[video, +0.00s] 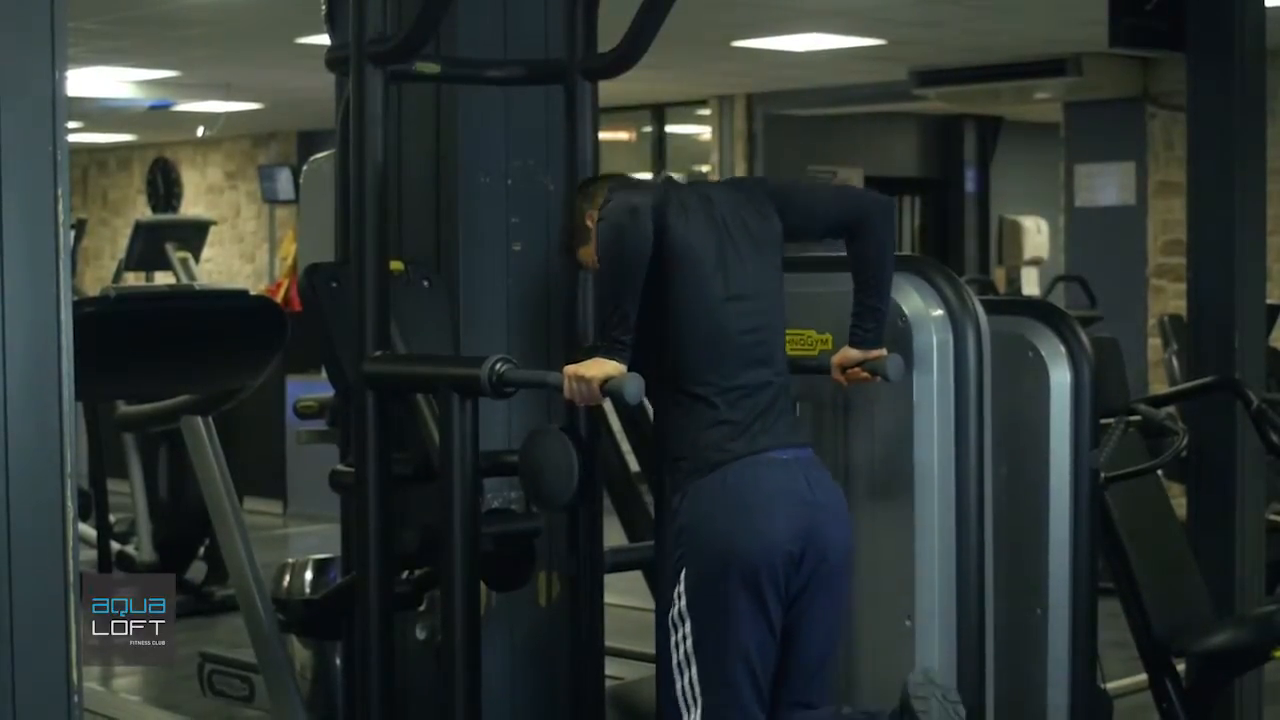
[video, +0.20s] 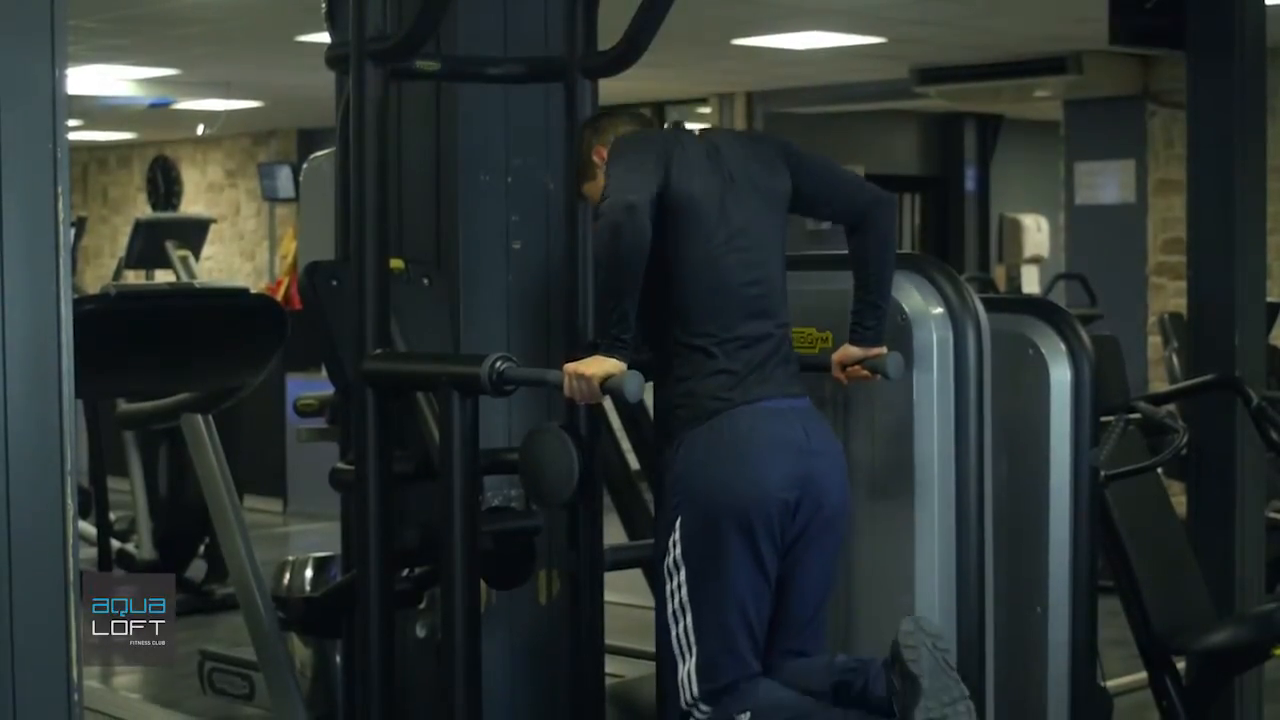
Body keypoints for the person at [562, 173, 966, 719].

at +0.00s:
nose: (599, 268)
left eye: (591, 258)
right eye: (591, 264)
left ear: (597, 220)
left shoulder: (628, 202)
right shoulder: (752, 197)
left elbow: (631, 215)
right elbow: (871, 208)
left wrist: (612, 349)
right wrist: (867, 337)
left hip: (720, 497)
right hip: (806, 478)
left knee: (717, 705)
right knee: (806, 705)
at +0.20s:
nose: (598, 201)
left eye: (592, 187)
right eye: (591, 192)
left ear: (606, 154)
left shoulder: (639, 149)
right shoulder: (762, 152)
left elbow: (625, 212)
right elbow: (873, 206)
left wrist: (610, 346)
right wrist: (868, 335)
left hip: (720, 447)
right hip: (805, 431)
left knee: (714, 694)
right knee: (786, 664)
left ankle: (887, 703)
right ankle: (888, 683)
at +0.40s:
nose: (606, 146)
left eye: (600, 131)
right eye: (600, 139)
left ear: (609, 96)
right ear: (666, 74)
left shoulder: (640, 108)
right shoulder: (769, 111)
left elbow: (631, 206)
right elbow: (864, 200)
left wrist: (611, 339)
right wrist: (868, 330)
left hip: (720, 399)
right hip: (807, 388)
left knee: (705, 654)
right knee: (779, 617)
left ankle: (893, 701)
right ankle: (880, 635)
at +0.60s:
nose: (613, 104)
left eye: (606, 89)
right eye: (605, 96)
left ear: (619, 50)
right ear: (674, 29)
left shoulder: (646, 69)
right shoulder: (781, 77)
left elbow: (635, 194)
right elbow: (853, 193)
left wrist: (615, 333)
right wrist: (867, 321)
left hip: (718, 360)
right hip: (807, 353)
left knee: (698, 613)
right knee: (774, 585)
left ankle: (888, 646)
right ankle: (869, 577)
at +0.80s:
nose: (615, 93)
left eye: (609, 80)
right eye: (607, 86)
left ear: (621, 42)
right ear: (674, 22)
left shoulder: (651, 67)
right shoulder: (782, 73)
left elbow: (637, 192)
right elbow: (857, 188)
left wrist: (613, 329)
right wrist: (866, 317)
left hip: (719, 356)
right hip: (809, 348)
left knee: (694, 611)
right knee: (769, 580)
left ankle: (883, 636)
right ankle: (865, 569)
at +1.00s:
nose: (610, 144)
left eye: (603, 129)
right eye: (602, 136)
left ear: (616, 91)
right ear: (669, 69)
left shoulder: (642, 103)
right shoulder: (776, 103)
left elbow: (627, 200)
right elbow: (871, 190)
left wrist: (613, 333)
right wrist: (870, 321)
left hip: (718, 392)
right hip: (806, 382)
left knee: (697, 650)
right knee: (774, 612)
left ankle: (878, 696)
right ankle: (872, 629)